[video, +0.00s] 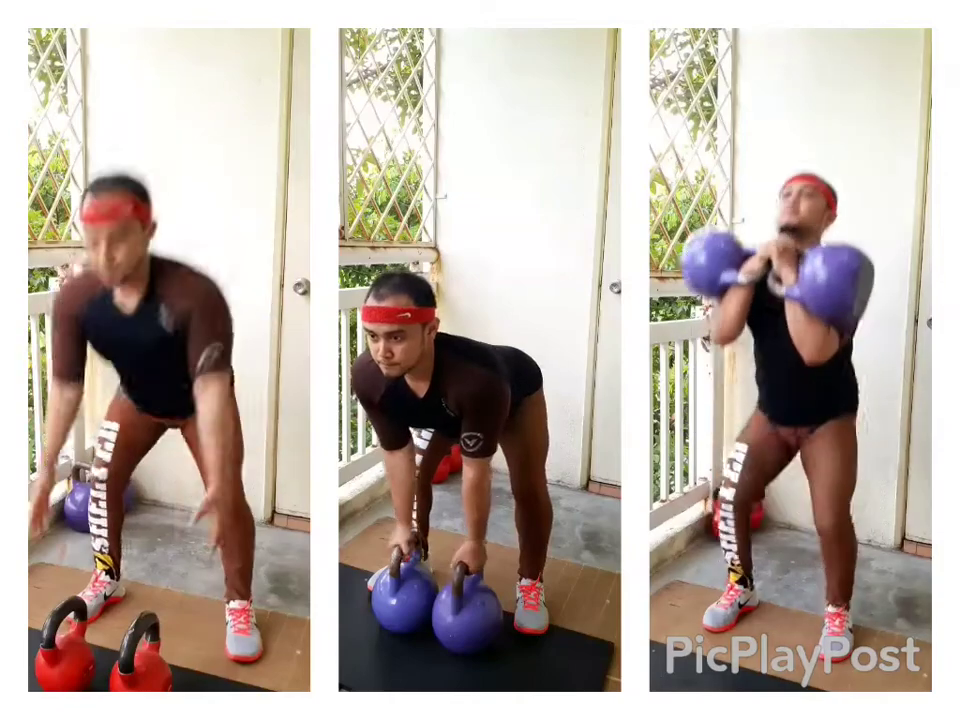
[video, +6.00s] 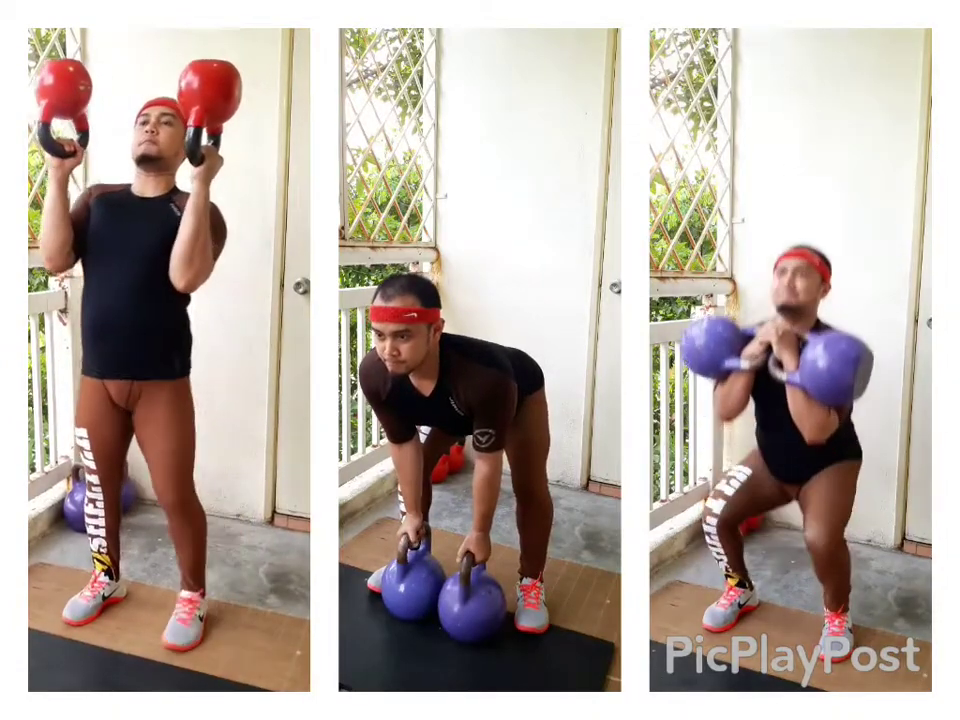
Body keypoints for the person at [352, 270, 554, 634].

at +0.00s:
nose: (383, 351)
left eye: (397, 337)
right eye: (373, 337)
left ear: (430, 329)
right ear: (364, 332)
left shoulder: (478, 380)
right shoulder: (367, 376)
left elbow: (476, 471)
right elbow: (397, 452)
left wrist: (475, 541)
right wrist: (403, 526)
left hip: (512, 388)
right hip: (450, 402)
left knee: (529, 488)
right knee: (418, 474)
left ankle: (530, 582)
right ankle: (414, 552)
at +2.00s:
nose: (377, 355)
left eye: (390, 342)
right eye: (367, 342)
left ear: (424, 333)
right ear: (359, 336)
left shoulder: (473, 381)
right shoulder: (363, 378)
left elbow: (474, 471)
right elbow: (396, 452)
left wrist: (474, 540)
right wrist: (402, 524)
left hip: (510, 388)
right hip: (447, 400)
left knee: (528, 489)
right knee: (417, 473)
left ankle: (530, 581)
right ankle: (413, 551)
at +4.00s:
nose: (392, 355)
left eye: (405, 341)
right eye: (382, 342)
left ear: (437, 332)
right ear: (373, 338)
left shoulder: (486, 374)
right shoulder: (376, 374)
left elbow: (504, 455)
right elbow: (398, 441)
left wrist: (481, 531)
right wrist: (409, 510)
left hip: (513, 391)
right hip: (446, 401)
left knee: (533, 488)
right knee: (413, 471)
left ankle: (531, 584)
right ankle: (410, 563)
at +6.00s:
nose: (389, 350)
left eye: (403, 336)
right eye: (380, 335)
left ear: (435, 330)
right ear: (371, 331)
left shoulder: (485, 379)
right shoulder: (374, 373)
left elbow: (488, 462)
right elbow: (404, 442)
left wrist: (479, 532)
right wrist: (412, 512)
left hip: (515, 389)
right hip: (453, 399)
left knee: (530, 487)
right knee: (415, 470)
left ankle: (531, 582)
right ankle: (409, 563)